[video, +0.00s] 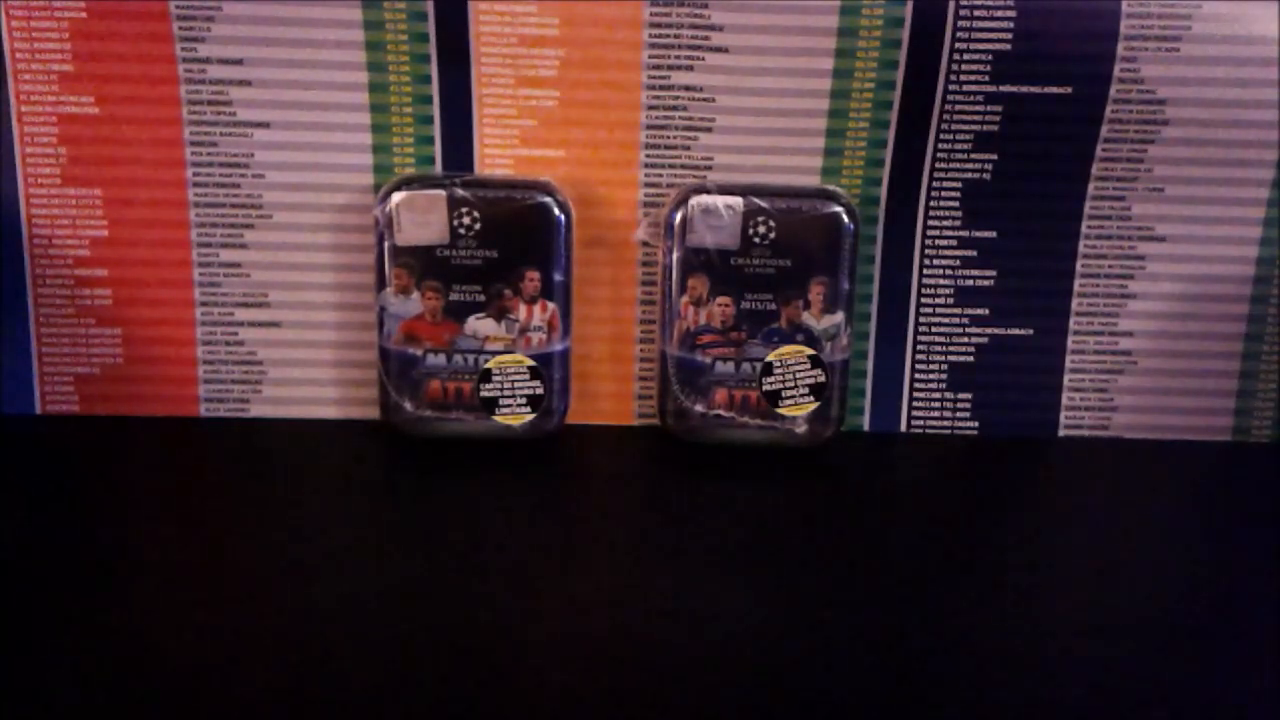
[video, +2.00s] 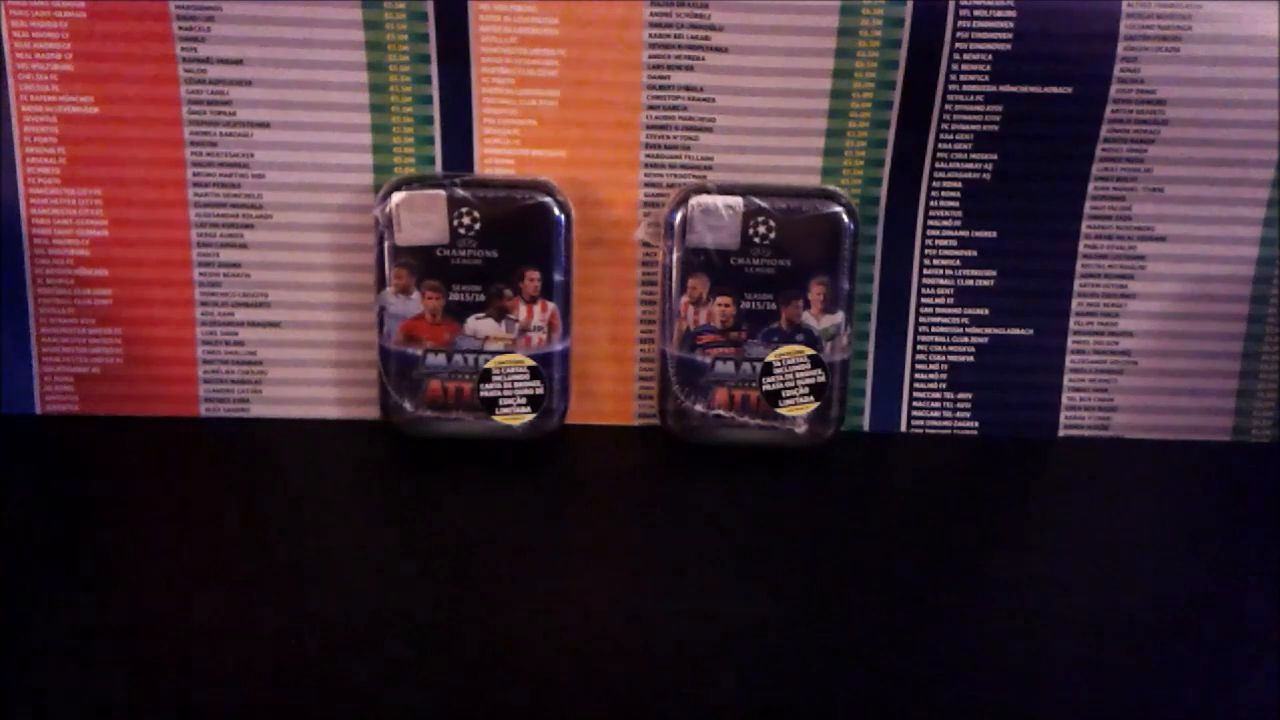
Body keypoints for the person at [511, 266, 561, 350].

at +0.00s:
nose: (536, 285)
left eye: (538, 281)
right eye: (531, 280)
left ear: (541, 283)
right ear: (521, 284)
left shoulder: (551, 308)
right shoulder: (512, 306)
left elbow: (556, 336)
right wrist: (521, 329)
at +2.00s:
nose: (536, 285)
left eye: (538, 281)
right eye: (531, 280)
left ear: (541, 283)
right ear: (521, 284)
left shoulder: (551, 308)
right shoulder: (512, 305)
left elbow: (556, 336)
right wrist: (519, 328)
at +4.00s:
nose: (536, 285)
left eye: (538, 281)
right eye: (531, 280)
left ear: (541, 283)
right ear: (521, 284)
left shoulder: (550, 308)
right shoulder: (512, 305)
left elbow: (556, 336)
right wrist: (520, 328)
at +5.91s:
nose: (536, 285)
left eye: (539, 281)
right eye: (531, 280)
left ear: (541, 283)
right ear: (521, 284)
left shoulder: (550, 308)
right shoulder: (512, 305)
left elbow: (556, 338)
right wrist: (520, 328)